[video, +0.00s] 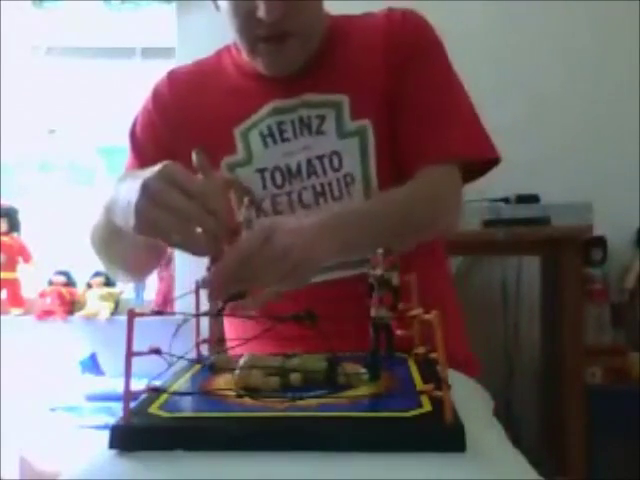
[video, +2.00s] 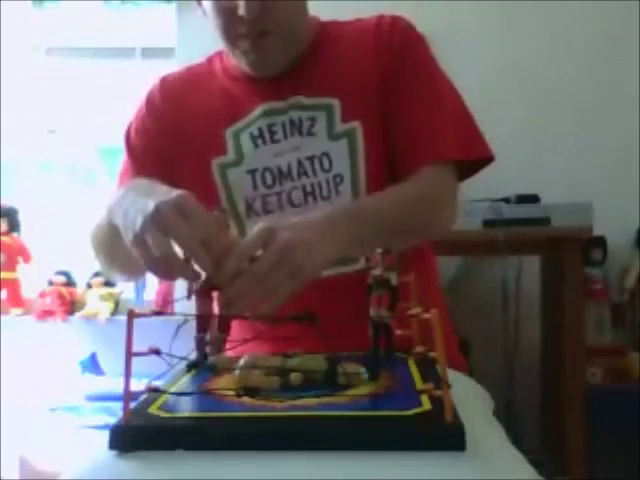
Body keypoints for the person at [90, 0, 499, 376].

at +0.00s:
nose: (267, 12)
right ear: (220, 1)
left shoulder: (396, 43)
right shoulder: (180, 97)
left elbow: (440, 202)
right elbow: (130, 264)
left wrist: (309, 240)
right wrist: (124, 204)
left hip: (414, 378)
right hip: (264, 393)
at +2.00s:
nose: (244, 12)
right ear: (203, 5)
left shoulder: (385, 47)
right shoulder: (172, 102)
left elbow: (438, 202)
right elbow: (117, 259)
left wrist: (318, 237)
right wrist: (128, 203)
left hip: (399, 366)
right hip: (248, 375)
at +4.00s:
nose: (239, 11)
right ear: (203, 7)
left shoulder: (381, 42)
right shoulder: (172, 106)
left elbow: (399, 182)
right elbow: (127, 269)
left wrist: (285, 265)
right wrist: (124, 214)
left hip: (399, 380)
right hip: (243, 398)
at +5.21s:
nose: (237, 17)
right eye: (217, 1)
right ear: (200, 7)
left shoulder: (382, 45)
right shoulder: (176, 106)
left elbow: (411, 193)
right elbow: (134, 261)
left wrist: (303, 206)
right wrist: (122, 217)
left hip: (403, 366)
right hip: (257, 377)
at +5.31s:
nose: (236, 17)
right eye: (215, 1)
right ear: (198, 8)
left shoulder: (382, 46)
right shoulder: (174, 107)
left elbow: (436, 197)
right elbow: (131, 263)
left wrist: (337, 177)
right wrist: (124, 221)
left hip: (403, 366)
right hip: (255, 379)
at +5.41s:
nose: (234, 16)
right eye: (213, 2)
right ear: (197, 8)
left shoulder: (381, 47)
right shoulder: (172, 109)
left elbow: (460, 201)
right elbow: (128, 268)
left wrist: (370, 152)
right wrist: (125, 225)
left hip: (403, 365)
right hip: (255, 378)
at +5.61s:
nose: (237, 14)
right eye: (214, 1)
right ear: (190, 9)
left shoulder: (383, 49)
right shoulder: (169, 110)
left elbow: (497, 184)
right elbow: (136, 282)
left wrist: (443, 145)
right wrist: (108, 243)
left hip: (410, 368)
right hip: (256, 384)